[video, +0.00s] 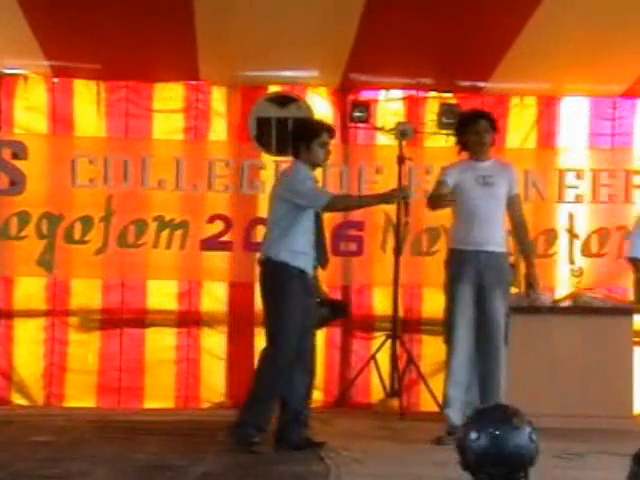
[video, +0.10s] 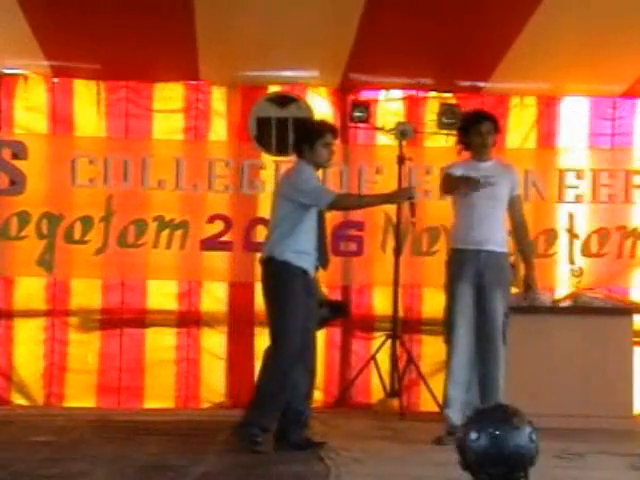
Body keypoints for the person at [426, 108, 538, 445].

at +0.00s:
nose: (481, 139)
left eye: (486, 133)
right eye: (474, 133)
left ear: (494, 136)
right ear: (463, 138)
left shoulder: (506, 172)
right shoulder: (454, 171)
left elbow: (519, 222)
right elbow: (434, 202)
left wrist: (530, 268)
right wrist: (452, 195)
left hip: (495, 257)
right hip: (462, 256)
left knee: (495, 335)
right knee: (460, 335)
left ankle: (493, 413)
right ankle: (457, 416)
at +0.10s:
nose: (484, 140)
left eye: (489, 134)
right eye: (478, 134)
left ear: (496, 137)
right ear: (466, 138)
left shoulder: (508, 174)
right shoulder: (455, 170)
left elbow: (519, 224)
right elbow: (447, 187)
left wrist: (529, 270)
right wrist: (467, 184)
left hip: (495, 256)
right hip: (463, 254)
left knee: (493, 335)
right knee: (460, 335)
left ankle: (492, 414)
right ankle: (456, 416)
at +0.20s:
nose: (486, 141)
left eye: (491, 135)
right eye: (480, 135)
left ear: (498, 138)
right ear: (468, 139)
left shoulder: (509, 173)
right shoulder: (459, 169)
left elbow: (520, 224)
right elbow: (457, 180)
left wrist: (530, 271)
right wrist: (479, 172)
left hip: (496, 255)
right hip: (464, 253)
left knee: (493, 335)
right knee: (460, 335)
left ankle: (491, 413)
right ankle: (456, 415)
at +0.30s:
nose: (494, 143)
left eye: (498, 136)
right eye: (488, 136)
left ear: (504, 139)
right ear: (474, 139)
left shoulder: (513, 175)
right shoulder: (462, 170)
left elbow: (524, 225)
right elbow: (466, 178)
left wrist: (535, 274)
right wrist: (496, 167)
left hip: (498, 255)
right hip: (467, 253)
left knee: (495, 335)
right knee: (462, 333)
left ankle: (491, 413)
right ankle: (456, 416)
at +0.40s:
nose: (502, 146)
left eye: (506, 140)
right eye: (497, 139)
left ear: (509, 142)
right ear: (481, 139)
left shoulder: (515, 177)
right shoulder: (467, 168)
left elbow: (525, 224)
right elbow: (470, 183)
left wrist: (538, 266)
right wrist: (502, 170)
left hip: (501, 255)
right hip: (470, 252)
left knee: (497, 334)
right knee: (465, 332)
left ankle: (493, 413)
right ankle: (457, 415)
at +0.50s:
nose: (513, 149)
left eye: (516, 142)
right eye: (508, 142)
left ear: (516, 144)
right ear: (493, 141)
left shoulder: (516, 178)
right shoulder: (472, 171)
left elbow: (526, 222)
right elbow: (469, 202)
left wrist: (542, 258)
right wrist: (505, 191)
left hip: (505, 257)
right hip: (474, 255)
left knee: (502, 333)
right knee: (473, 332)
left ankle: (496, 408)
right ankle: (466, 409)